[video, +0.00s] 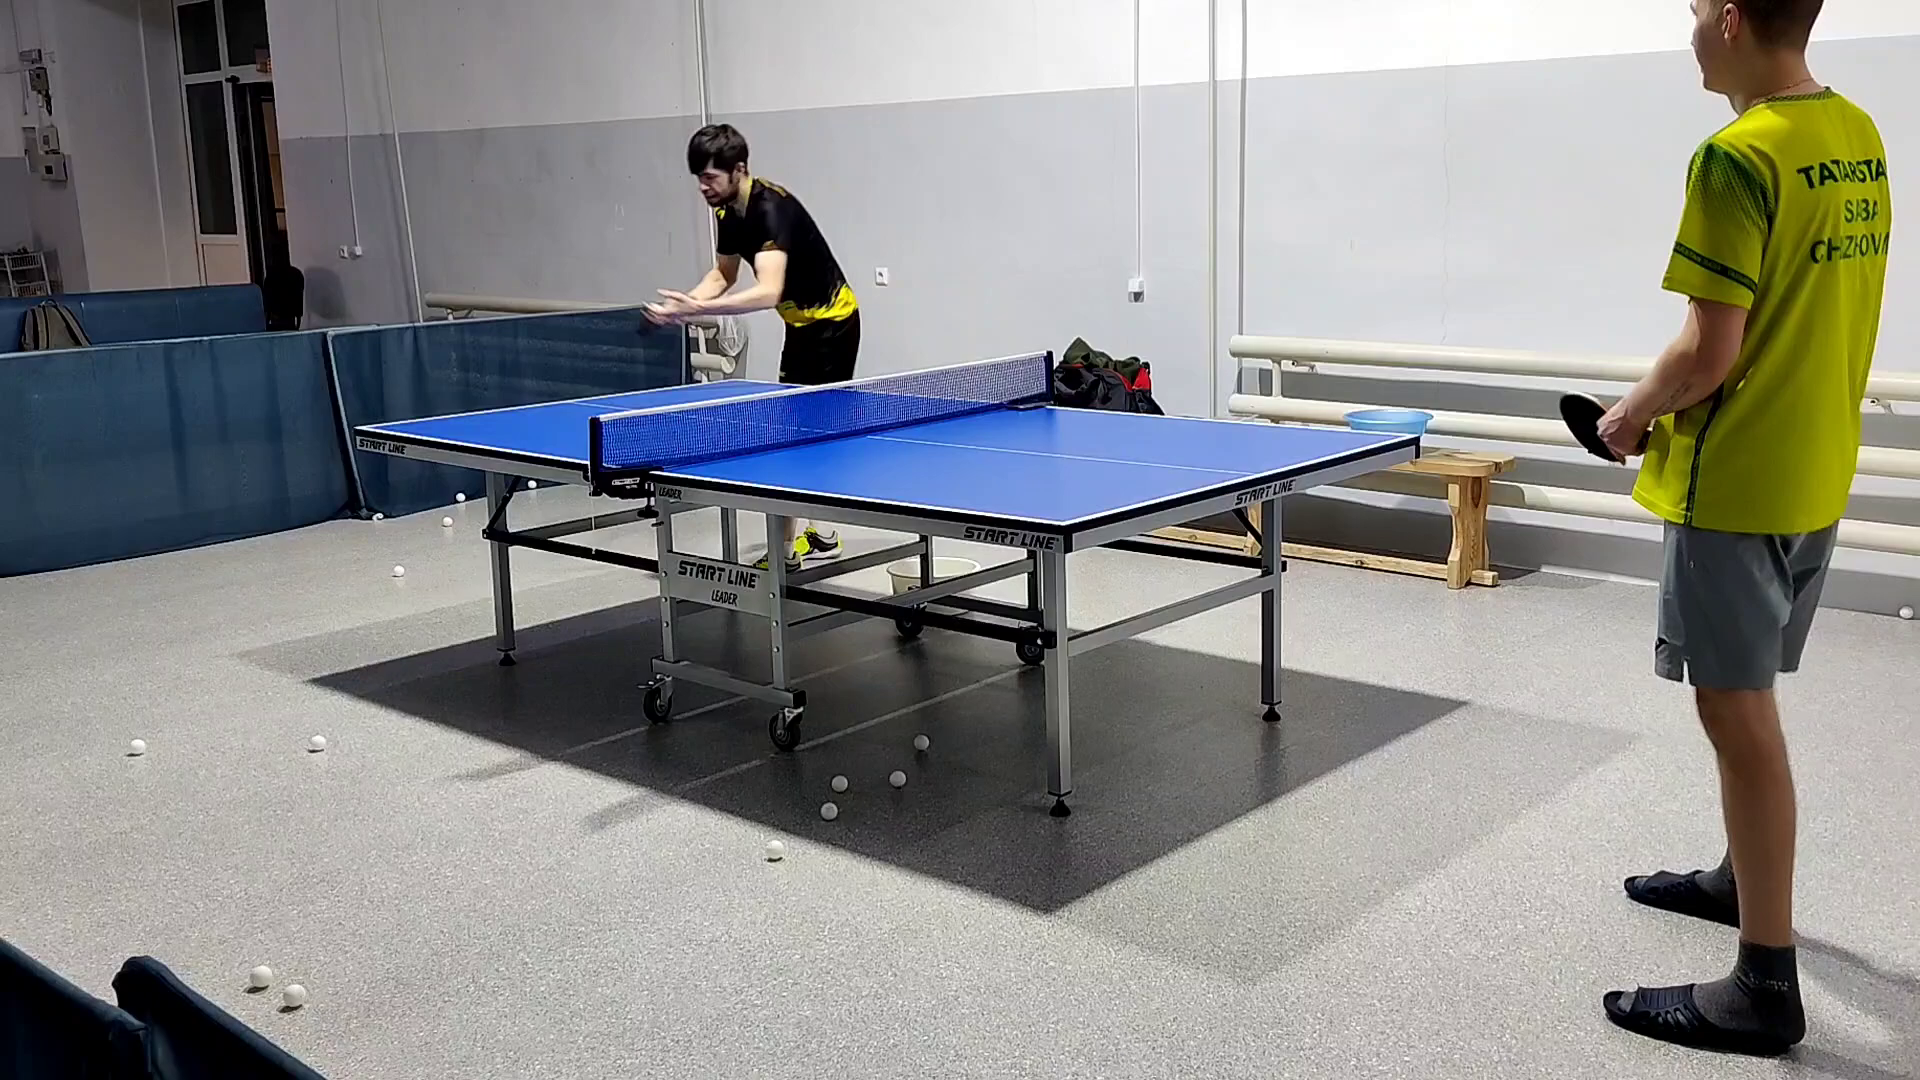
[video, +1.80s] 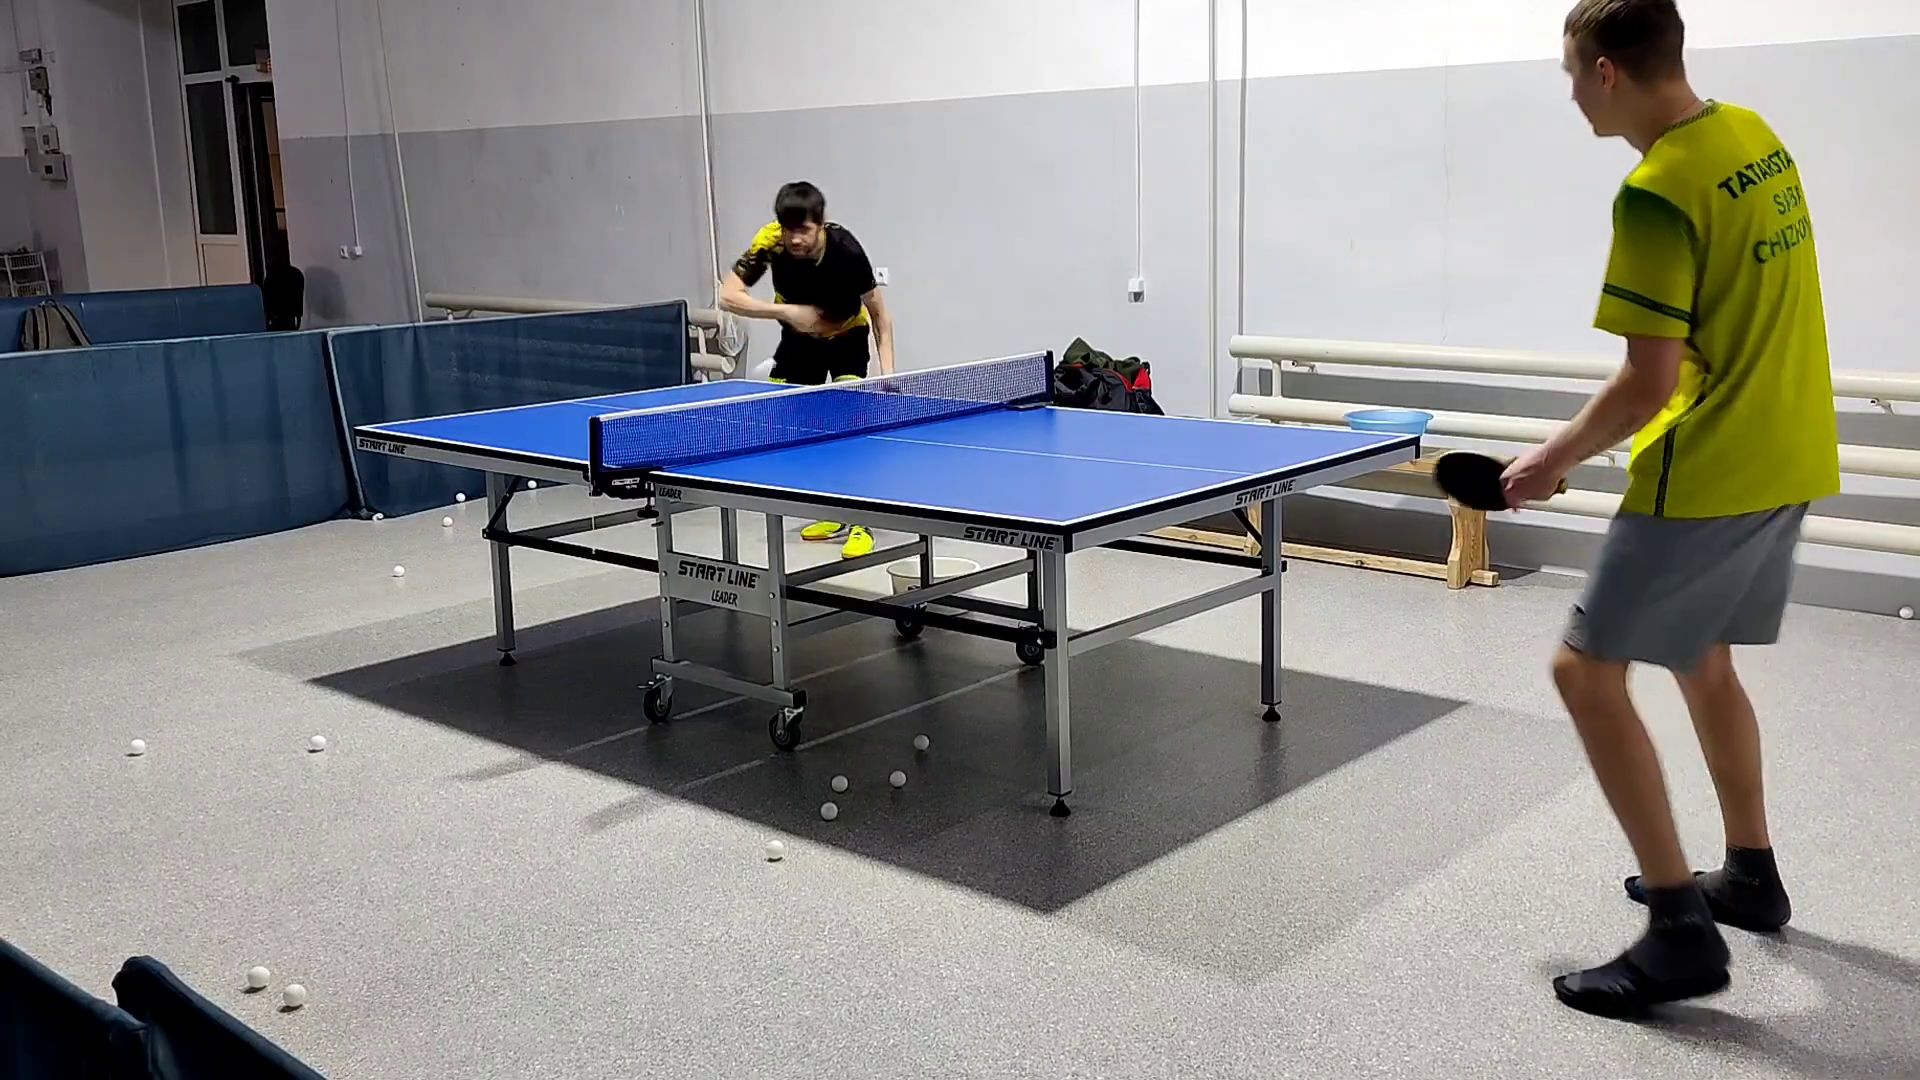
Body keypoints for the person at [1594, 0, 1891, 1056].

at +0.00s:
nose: (1692, 31)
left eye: (1698, 13)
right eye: (1695, 14)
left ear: (1732, 20)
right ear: (1798, 23)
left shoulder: (1737, 152)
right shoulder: (1857, 134)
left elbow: (1713, 348)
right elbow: (1823, 318)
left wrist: (1637, 411)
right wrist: (1668, 395)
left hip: (1741, 482)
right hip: (1816, 474)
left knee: (1740, 711)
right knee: (1740, 688)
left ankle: (1765, 987)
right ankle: (1744, 881)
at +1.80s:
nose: (1573, 100)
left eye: (1573, 78)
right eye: (1571, 80)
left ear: (1607, 73)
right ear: (1670, 59)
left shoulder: (1658, 189)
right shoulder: (1752, 135)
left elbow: (1651, 381)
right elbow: (1748, 324)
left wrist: (1554, 456)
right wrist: (1587, 440)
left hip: (1708, 474)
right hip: (1791, 455)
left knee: (1585, 672)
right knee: (1702, 651)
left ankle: (1680, 931)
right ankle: (1752, 871)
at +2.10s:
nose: (1509, 146)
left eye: (1514, 124)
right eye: (1505, 126)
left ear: (1564, 109)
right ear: (1574, 106)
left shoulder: (1657, 215)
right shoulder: (1635, 191)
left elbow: (1658, 418)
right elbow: (1661, 392)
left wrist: (1511, 502)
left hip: (1666, 505)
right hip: (1677, 497)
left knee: (1540, 682)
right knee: (1652, 670)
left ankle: (1517, 951)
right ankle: (1747, 878)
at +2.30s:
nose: (1407, 187)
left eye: (1411, 165)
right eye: (1400, 168)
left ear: (1465, 146)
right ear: (1471, 145)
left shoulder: (1562, 237)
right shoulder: (1559, 202)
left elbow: (1560, 440)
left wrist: (1438, 477)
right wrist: (1478, 474)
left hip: (1615, 511)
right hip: (1659, 491)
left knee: (1473, 689)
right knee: (1639, 676)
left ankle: (1512, 954)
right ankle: (1744, 878)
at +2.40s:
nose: (1356, 228)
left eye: (1359, 206)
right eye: (1349, 208)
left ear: (1414, 186)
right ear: (1426, 182)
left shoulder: (1509, 273)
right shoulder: (1537, 210)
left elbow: (1476, 468)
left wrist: (1328, 518)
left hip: (1604, 517)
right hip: (1667, 489)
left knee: (1439, 696)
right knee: (1631, 680)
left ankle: (1509, 956)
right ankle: (1741, 876)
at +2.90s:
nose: (1405, 219)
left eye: (1405, 199)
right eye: (1400, 200)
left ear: (1438, 190)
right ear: (1492, 169)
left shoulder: (1473, 313)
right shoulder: (1613, 206)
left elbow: (1476, 482)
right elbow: (1650, 354)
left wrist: (1438, 474)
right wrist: (1525, 429)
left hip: (1648, 541)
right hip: (1766, 512)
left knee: (1471, 694)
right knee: (1725, 710)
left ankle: (1509, 955)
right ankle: (1890, 935)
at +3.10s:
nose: (1545, 190)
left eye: (1548, 167)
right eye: (1542, 168)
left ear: (1585, 157)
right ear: (1639, 144)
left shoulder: (1625, 287)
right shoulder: (1754, 201)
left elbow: (1628, 492)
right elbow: (1806, 373)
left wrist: (1558, 535)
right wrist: (1664, 470)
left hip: (1751, 559)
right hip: (1864, 536)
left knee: (1555, 703)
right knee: (1797, 758)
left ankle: (1519, 957)